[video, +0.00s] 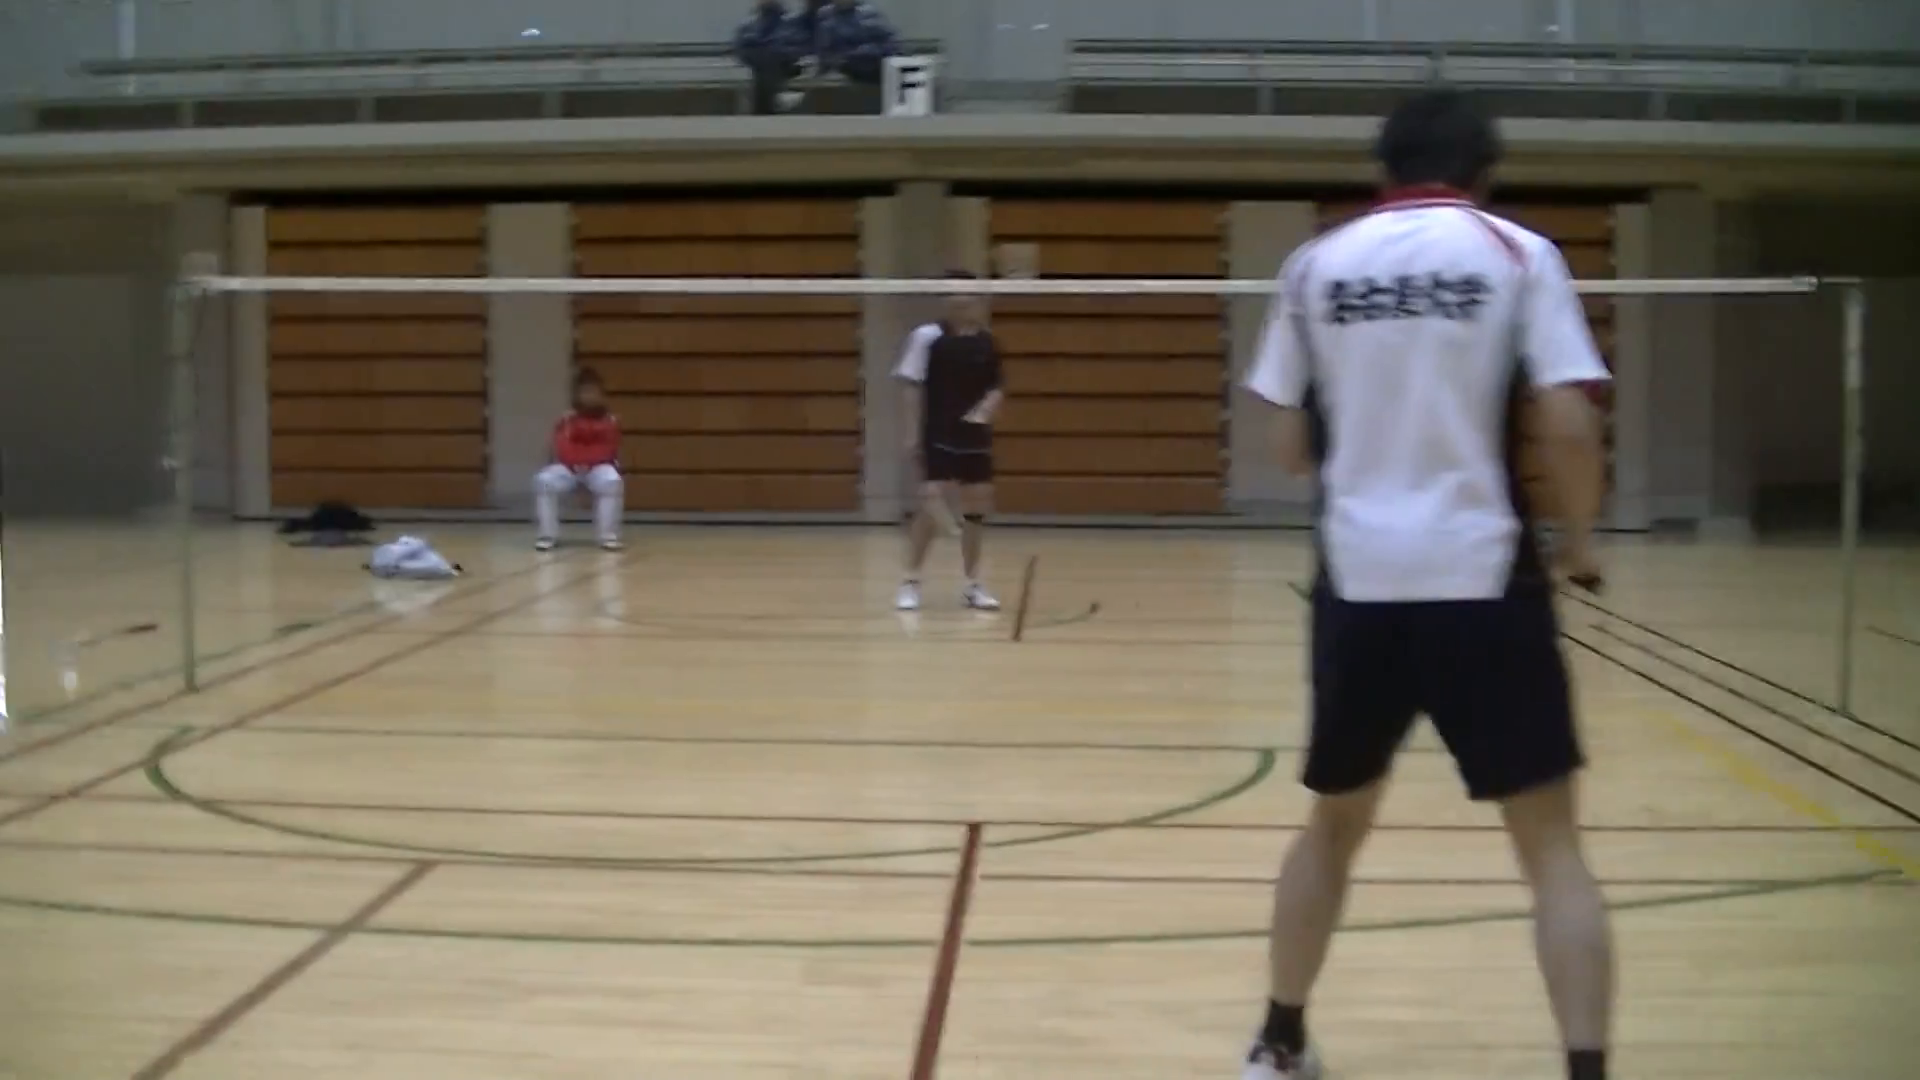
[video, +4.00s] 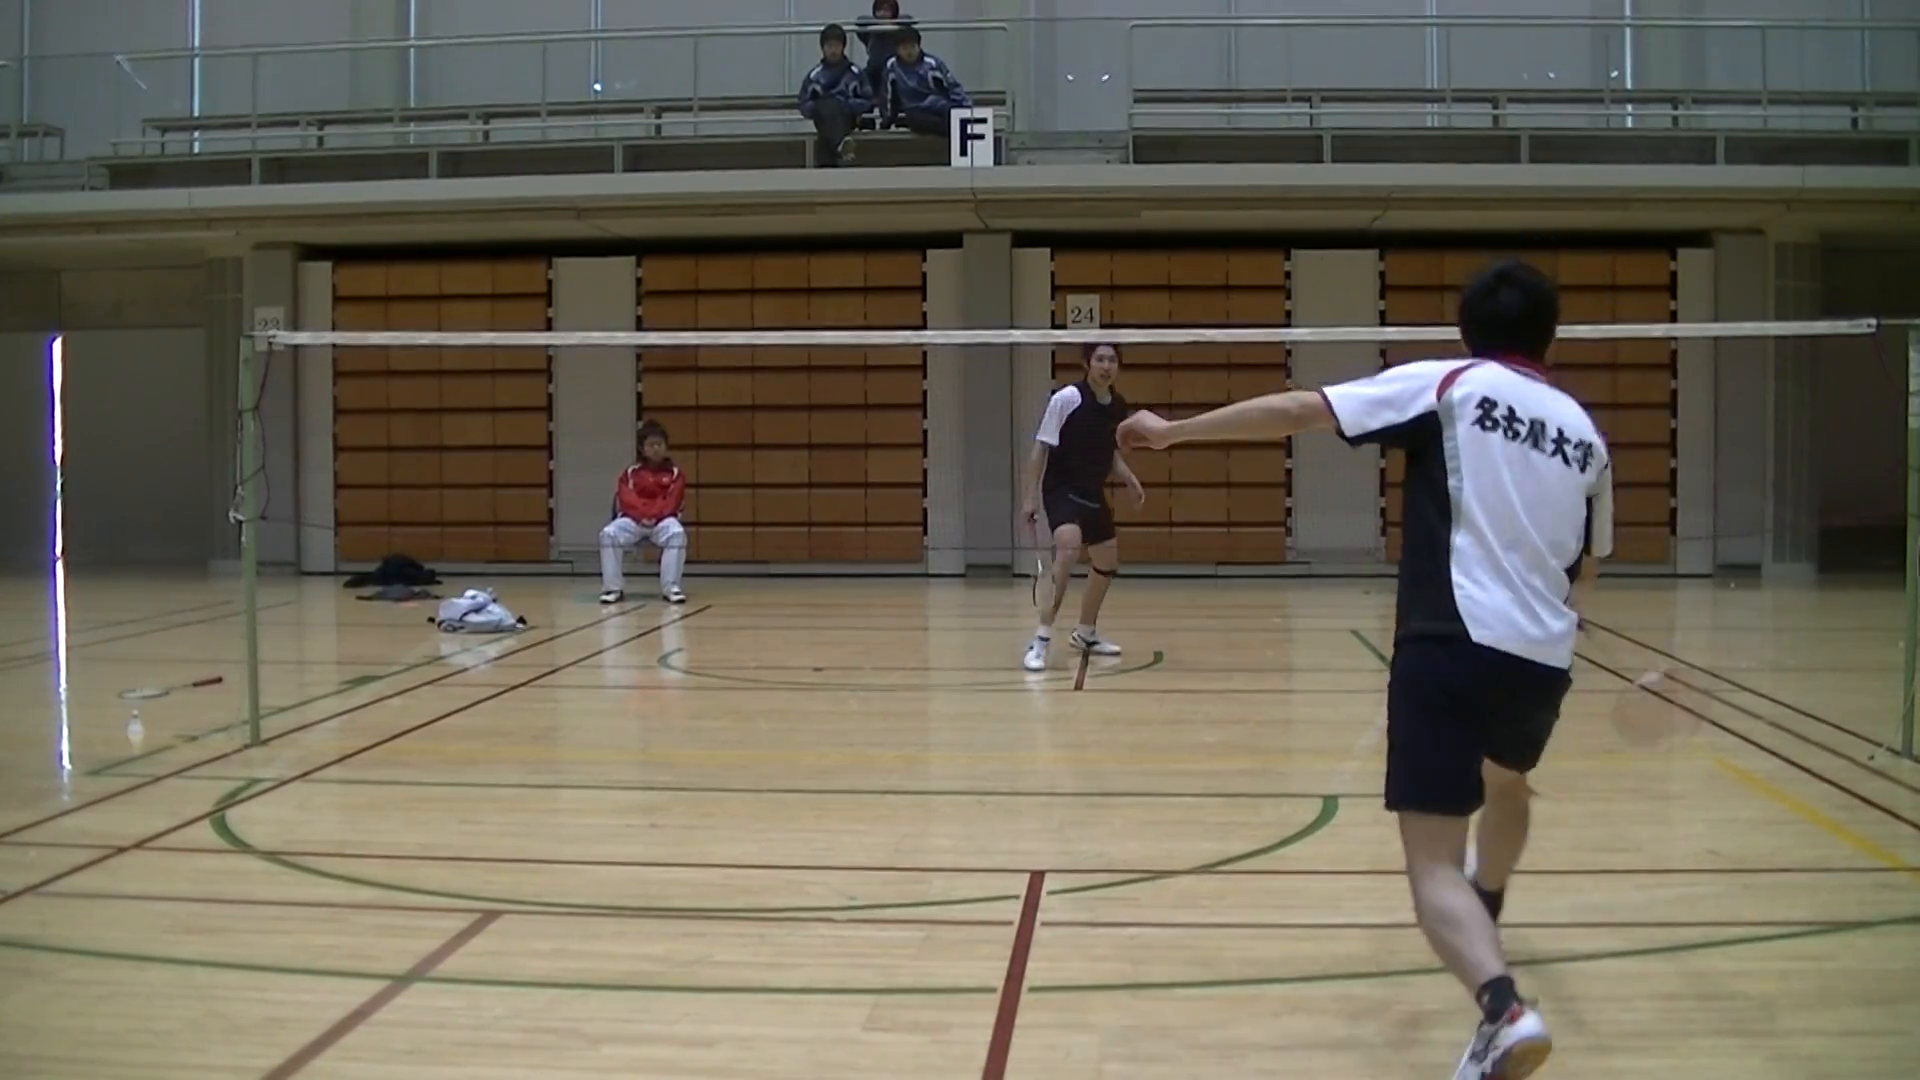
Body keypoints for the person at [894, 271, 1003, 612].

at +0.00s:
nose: (965, 307)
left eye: (971, 300)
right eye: (958, 300)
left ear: (980, 303)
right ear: (945, 303)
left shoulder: (984, 341)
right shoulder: (927, 337)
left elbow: (996, 386)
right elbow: (910, 388)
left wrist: (985, 409)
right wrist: (911, 436)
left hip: (974, 436)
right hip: (937, 435)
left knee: (976, 511)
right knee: (931, 507)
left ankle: (973, 583)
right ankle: (911, 581)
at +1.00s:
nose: (1062, 352)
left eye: (1068, 347)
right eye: (1056, 346)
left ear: (1075, 353)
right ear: (1044, 350)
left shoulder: (1078, 397)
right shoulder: (1023, 385)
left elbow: (1088, 447)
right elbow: (1004, 434)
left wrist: (1096, 488)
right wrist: (1003, 482)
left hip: (1062, 488)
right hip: (1026, 485)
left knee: (1056, 562)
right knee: (1025, 556)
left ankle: (1044, 637)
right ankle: (1004, 639)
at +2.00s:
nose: (1062, 370)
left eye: (1065, 365)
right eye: (1057, 364)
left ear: (1068, 365)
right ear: (1040, 361)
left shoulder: (1069, 395)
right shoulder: (1014, 389)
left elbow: (1086, 436)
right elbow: (992, 437)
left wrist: (1100, 448)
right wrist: (988, 482)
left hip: (1058, 489)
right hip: (1025, 488)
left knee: (1050, 565)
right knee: (1026, 556)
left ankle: (1040, 638)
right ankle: (1003, 638)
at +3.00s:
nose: (1062, 353)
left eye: (1067, 348)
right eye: (1056, 346)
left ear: (1071, 354)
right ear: (1040, 350)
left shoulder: (1075, 395)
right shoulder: (1015, 381)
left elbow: (1100, 419)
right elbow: (969, 402)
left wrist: (1113, 428)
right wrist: (972, 431)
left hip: (1062, 488)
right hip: (1025, 487)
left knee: (1070, 561)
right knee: (1030, 563)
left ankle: (1055, 627)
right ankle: (1026, 646)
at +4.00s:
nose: (1107, 366)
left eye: (1112, 361)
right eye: (1101, 359)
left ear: (1118, 367)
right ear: (1087, 364)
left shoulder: (1115, 405)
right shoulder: (1066, 398)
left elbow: (1109, 454)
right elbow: (1040, 449)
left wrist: (1130, 479)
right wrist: (1030, 499)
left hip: (1094, 492)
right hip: (1061, 490)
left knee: (1105, 564)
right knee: (1069, 549)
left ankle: (1085, 633)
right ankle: (1041, 639)